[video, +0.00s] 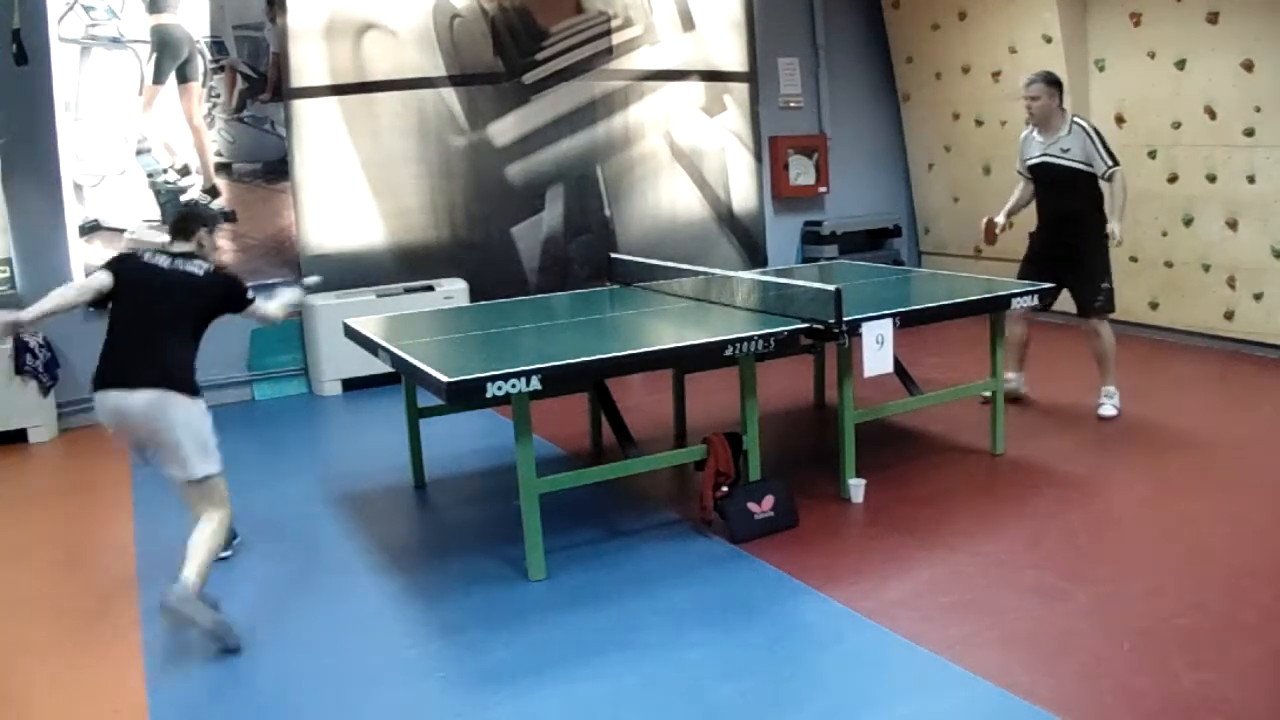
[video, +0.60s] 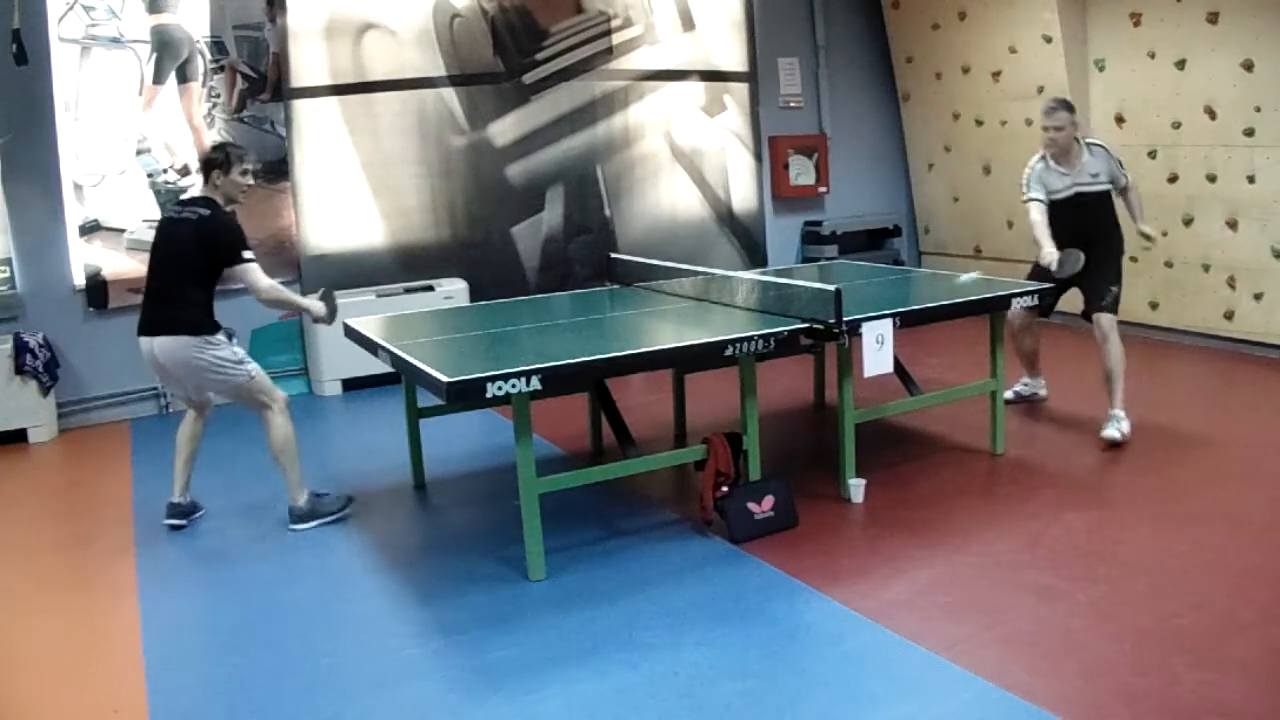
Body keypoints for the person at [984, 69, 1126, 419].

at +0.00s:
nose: (1028, 106)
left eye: (1034, 99)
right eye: (1026, 100)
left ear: (1056, 100)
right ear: (1026, 102)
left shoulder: (1084, 133)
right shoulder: (1028, 138)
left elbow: (1115, 176)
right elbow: (1028, 184)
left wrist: (1116, 220)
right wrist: (1004, 214)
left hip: (1087, 241)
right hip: (1046, 239)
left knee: (1094, 321)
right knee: (1018, 309)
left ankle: (1108, 390)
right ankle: (1013, 379)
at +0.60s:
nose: (1050, 136)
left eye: (1058, 129)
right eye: (1045, 129)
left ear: (1075, 129)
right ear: (1040, 129)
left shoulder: (1100, 155)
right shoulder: (1036, 171)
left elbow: (1125, 187)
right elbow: (1037, 215)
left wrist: (1140, 221)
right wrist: (1046, 248)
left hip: (1103, 252)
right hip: (1060, 253)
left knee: (1104, 323)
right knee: (1019, 318)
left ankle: (1117, 413)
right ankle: (1034, 381)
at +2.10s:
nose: (924, 130)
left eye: (927, 122)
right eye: (922, 124)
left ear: (947, 117)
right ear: (939, 121)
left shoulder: (981, 136)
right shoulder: (946, 158)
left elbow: (1020, 168)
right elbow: (929, 202)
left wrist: (1021, 202)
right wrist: (886, 215)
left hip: (1020, 243)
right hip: (986, 247)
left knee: (1048, 315)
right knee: (955, 312)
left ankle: (1088, 395)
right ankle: (953, 381)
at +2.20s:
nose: (930, 119)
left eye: (934, 111)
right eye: (928, 113)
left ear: (955, 107)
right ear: (940, 112)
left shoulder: (987, 129)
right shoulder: (944, 150)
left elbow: (1025, 163)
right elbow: (927, 197)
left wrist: (1022, 200)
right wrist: (892, 216)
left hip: (1016, 241)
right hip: (979, 245)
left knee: (1045, 311)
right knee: (955, 320)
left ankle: (1084, 391)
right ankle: (953, 381)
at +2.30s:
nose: (943, 112)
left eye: (947, 104)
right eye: (940, 106)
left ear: (969, 102)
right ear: (946, 109)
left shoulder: (997, 129)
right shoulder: (950, 147)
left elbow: (1033, 166)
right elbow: (934, 196)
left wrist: (1027, 201)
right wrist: (900, 221)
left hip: (1014, 245)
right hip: (975, 247)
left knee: (1043, 315)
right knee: (952, 318)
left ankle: (1083, 391)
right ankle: (953, 381)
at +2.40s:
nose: (957, 111)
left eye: (963, 104)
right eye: (954, 105)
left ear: (985, 102)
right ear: (956, 108)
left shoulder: (1010, 133)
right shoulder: (963, 145)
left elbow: (1043, 171)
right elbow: (957, 194)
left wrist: (1033, 206)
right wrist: (920, 221)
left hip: (1020, 249)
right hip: (979, 250)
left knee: (1046, 320)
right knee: (954, 319)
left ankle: (1080, 396)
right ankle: (953, 382)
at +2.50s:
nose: (970, 110)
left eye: (976, 102)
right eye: (967, 104)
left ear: (997, 101)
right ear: (970, 107)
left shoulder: (1020, 132)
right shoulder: (978, 142)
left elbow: (1051, 174)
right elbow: (981, 192)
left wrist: (1039, 213)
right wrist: (945, 216)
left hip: (1031, 245)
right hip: (993, 245)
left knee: (1054, 322)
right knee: (962, 324)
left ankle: (1083, 398)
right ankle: (954, 380)